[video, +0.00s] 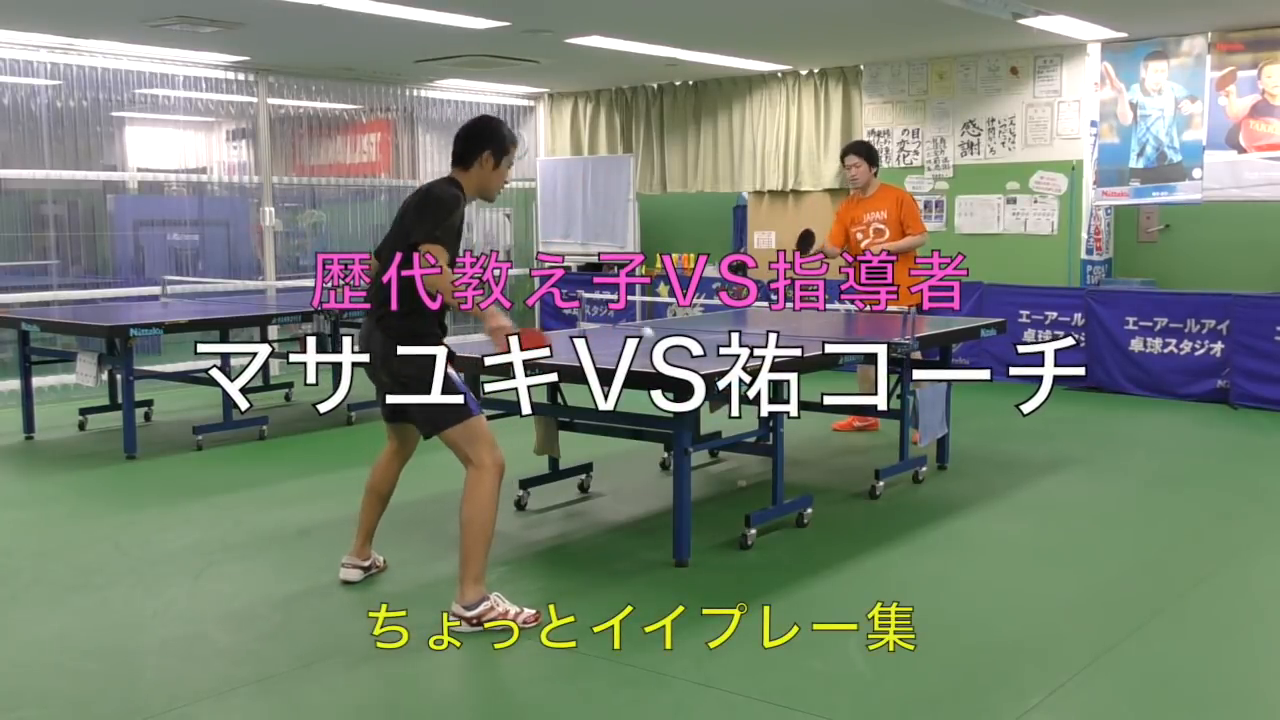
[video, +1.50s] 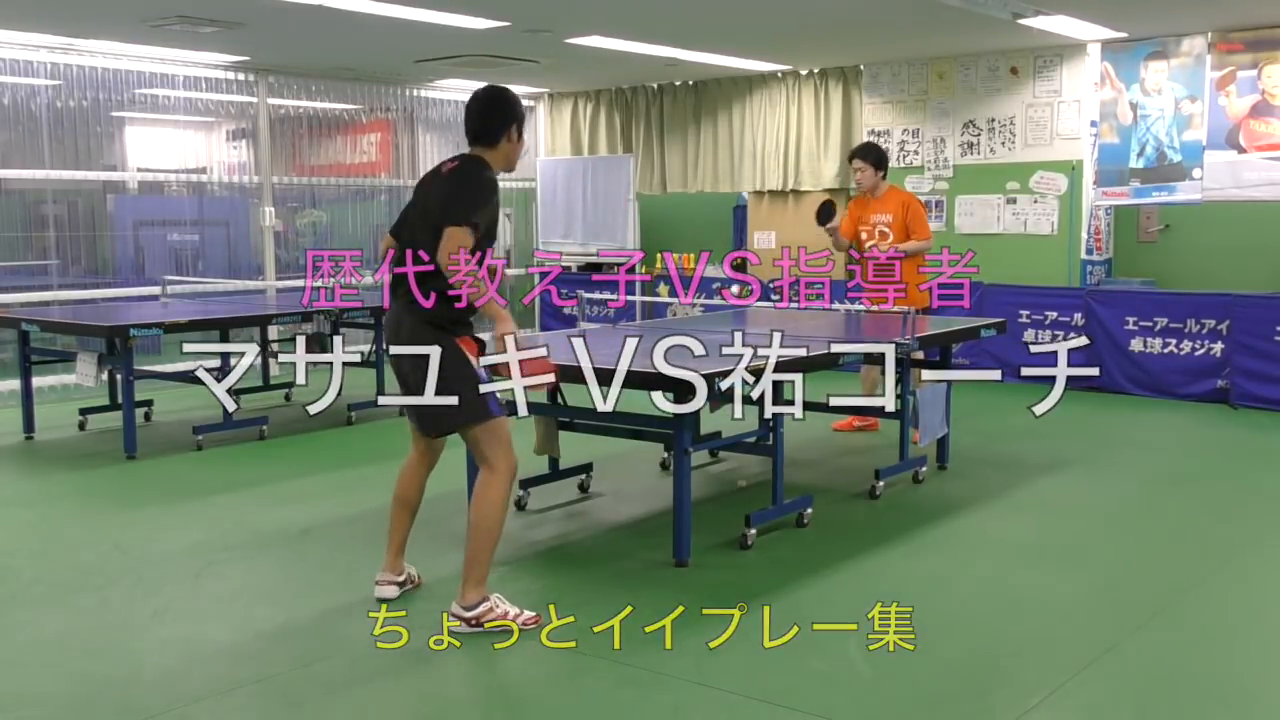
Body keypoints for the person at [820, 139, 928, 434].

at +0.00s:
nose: (850, 173)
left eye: (856, 166)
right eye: (846, 168)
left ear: (873, 167)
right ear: (844, 171)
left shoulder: (898, 197)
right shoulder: (846, 207)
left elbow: (920, 237)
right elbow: (834, 249)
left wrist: (886, 246)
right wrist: (821, 248)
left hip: (904, 295)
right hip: (867, 297)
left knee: (913, 357)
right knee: (866, 354)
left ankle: (923, 419)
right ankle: (866, 413)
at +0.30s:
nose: (847, 180)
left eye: (852, 173)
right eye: (844, 174)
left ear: (870, 173)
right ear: (845, 176)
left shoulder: (894, 202)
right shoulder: (857, 209)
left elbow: (915, 241)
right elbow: (859, 255)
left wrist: (886, 253)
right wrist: (834, 277)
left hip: (903, 298)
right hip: (871, 299)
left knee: (914, 360)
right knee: (868, 354)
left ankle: (926, 420)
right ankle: (867, 413)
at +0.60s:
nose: (842, 181)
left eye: (847, 175)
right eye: (841, 175)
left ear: (865, 175)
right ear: (846, 176)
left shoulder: (897, 202)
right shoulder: (848, 208)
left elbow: (917, 241)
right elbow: (830, 245)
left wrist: (888, 249)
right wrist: (812, 238)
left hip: (903, 297)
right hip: (869, 298)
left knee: (913, 360)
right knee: (868, 355)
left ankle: (925, 420)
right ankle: (867, 413)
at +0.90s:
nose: (855, 171)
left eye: (861, 165)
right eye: (852, 166)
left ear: (876, 167)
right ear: (849, 169)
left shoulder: (899, 197)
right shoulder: (851, 207)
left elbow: (919, 237)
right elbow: (838, 250)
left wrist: (886, 244)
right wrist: (821, 264)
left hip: (901, 296)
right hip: (867, 296)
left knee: (909, 359)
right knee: (867, 355)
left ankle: (922, 419)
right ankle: (866, 413)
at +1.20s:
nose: (850, 186)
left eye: (855, 179)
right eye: (848, 180)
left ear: (872, 178)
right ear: (851, 179)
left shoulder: (894, 204)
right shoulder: (864, 208)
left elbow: (917, 246)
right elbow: (871, 252)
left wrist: (888, 256)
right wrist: (846, 270)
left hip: (907, 298)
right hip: (879, 297)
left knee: (912, 361)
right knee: (871, 354)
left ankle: (926, 419)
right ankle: (867, 413)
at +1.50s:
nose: (856, 176)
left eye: (861, 170)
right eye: (854, 171)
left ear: (879, 171)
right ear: (854, 172)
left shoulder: (906, 201)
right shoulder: (856, 205)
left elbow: (925, 241)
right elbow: (843, 246)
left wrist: (898, 249)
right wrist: (832, 231)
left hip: (909, 296)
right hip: (874, 297)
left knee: (914, 360)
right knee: (871, 354)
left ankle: (922, 420)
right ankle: (866, 413)